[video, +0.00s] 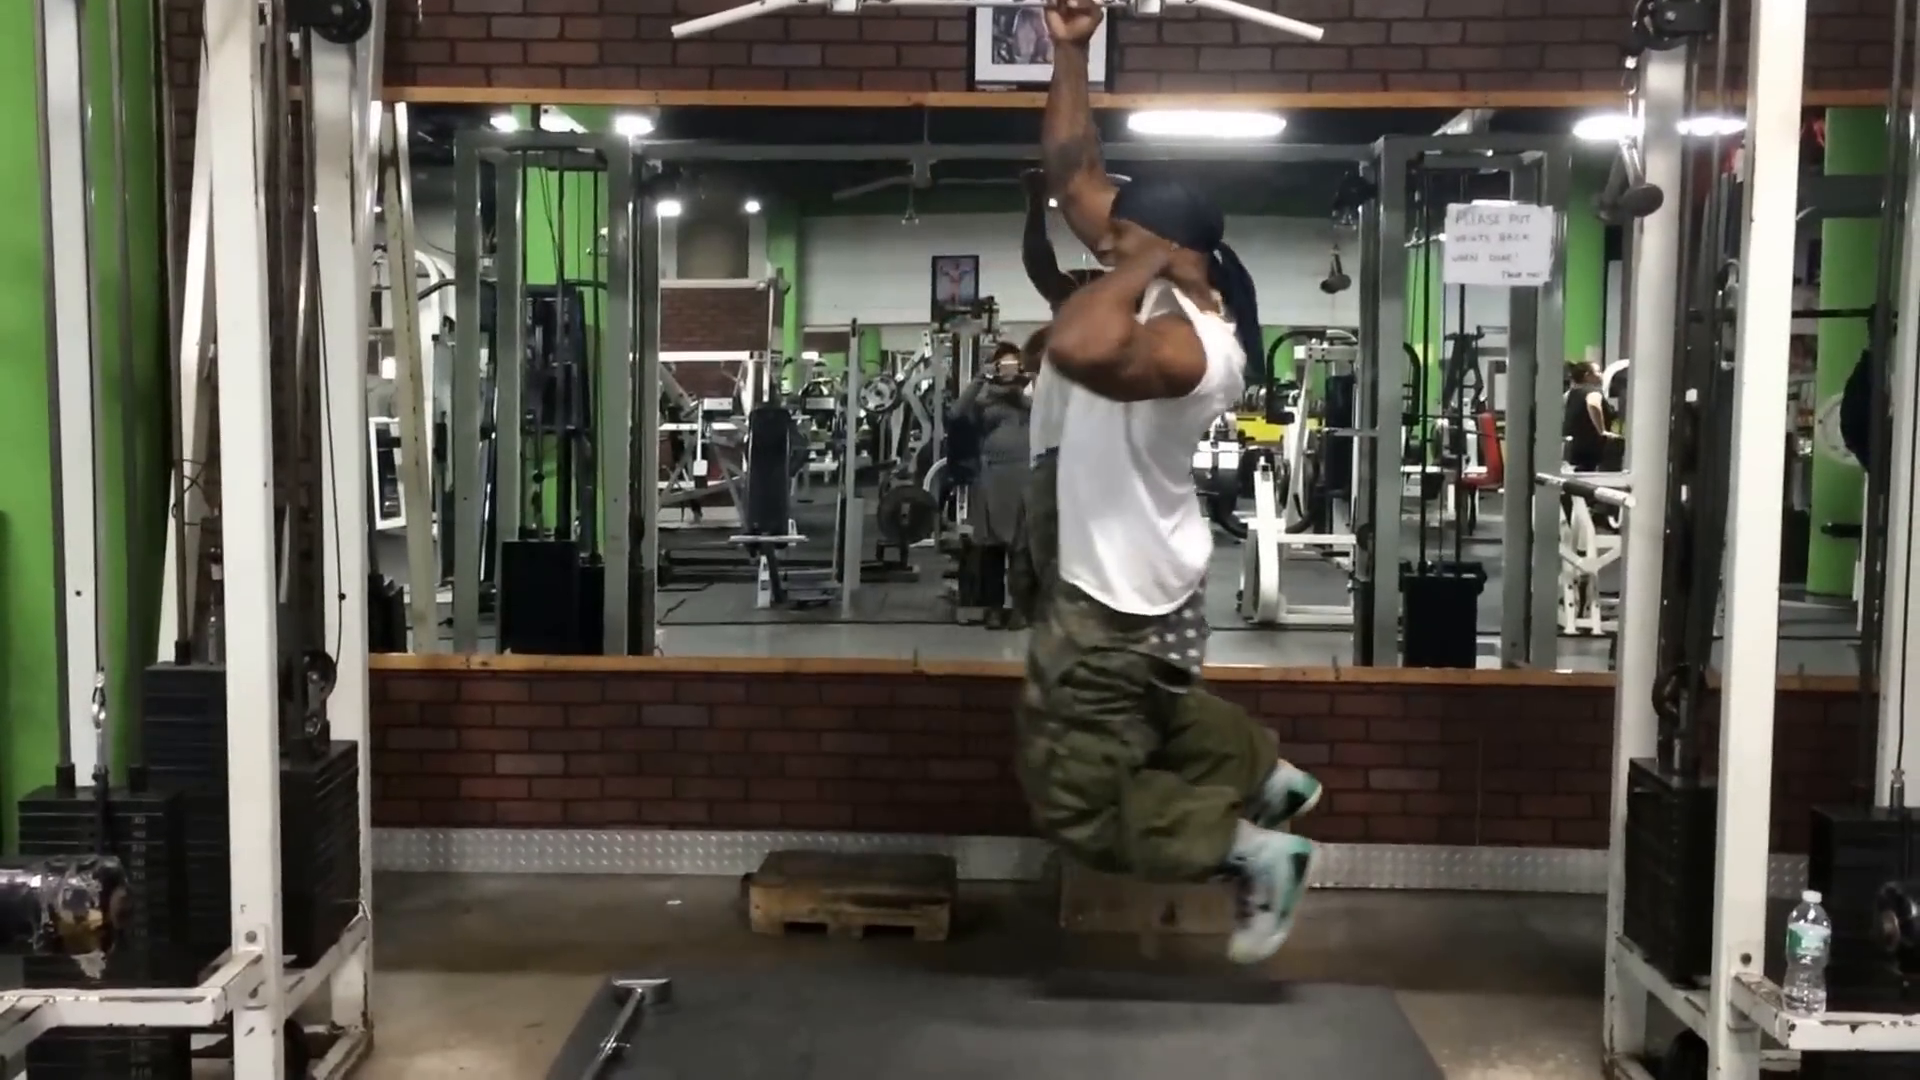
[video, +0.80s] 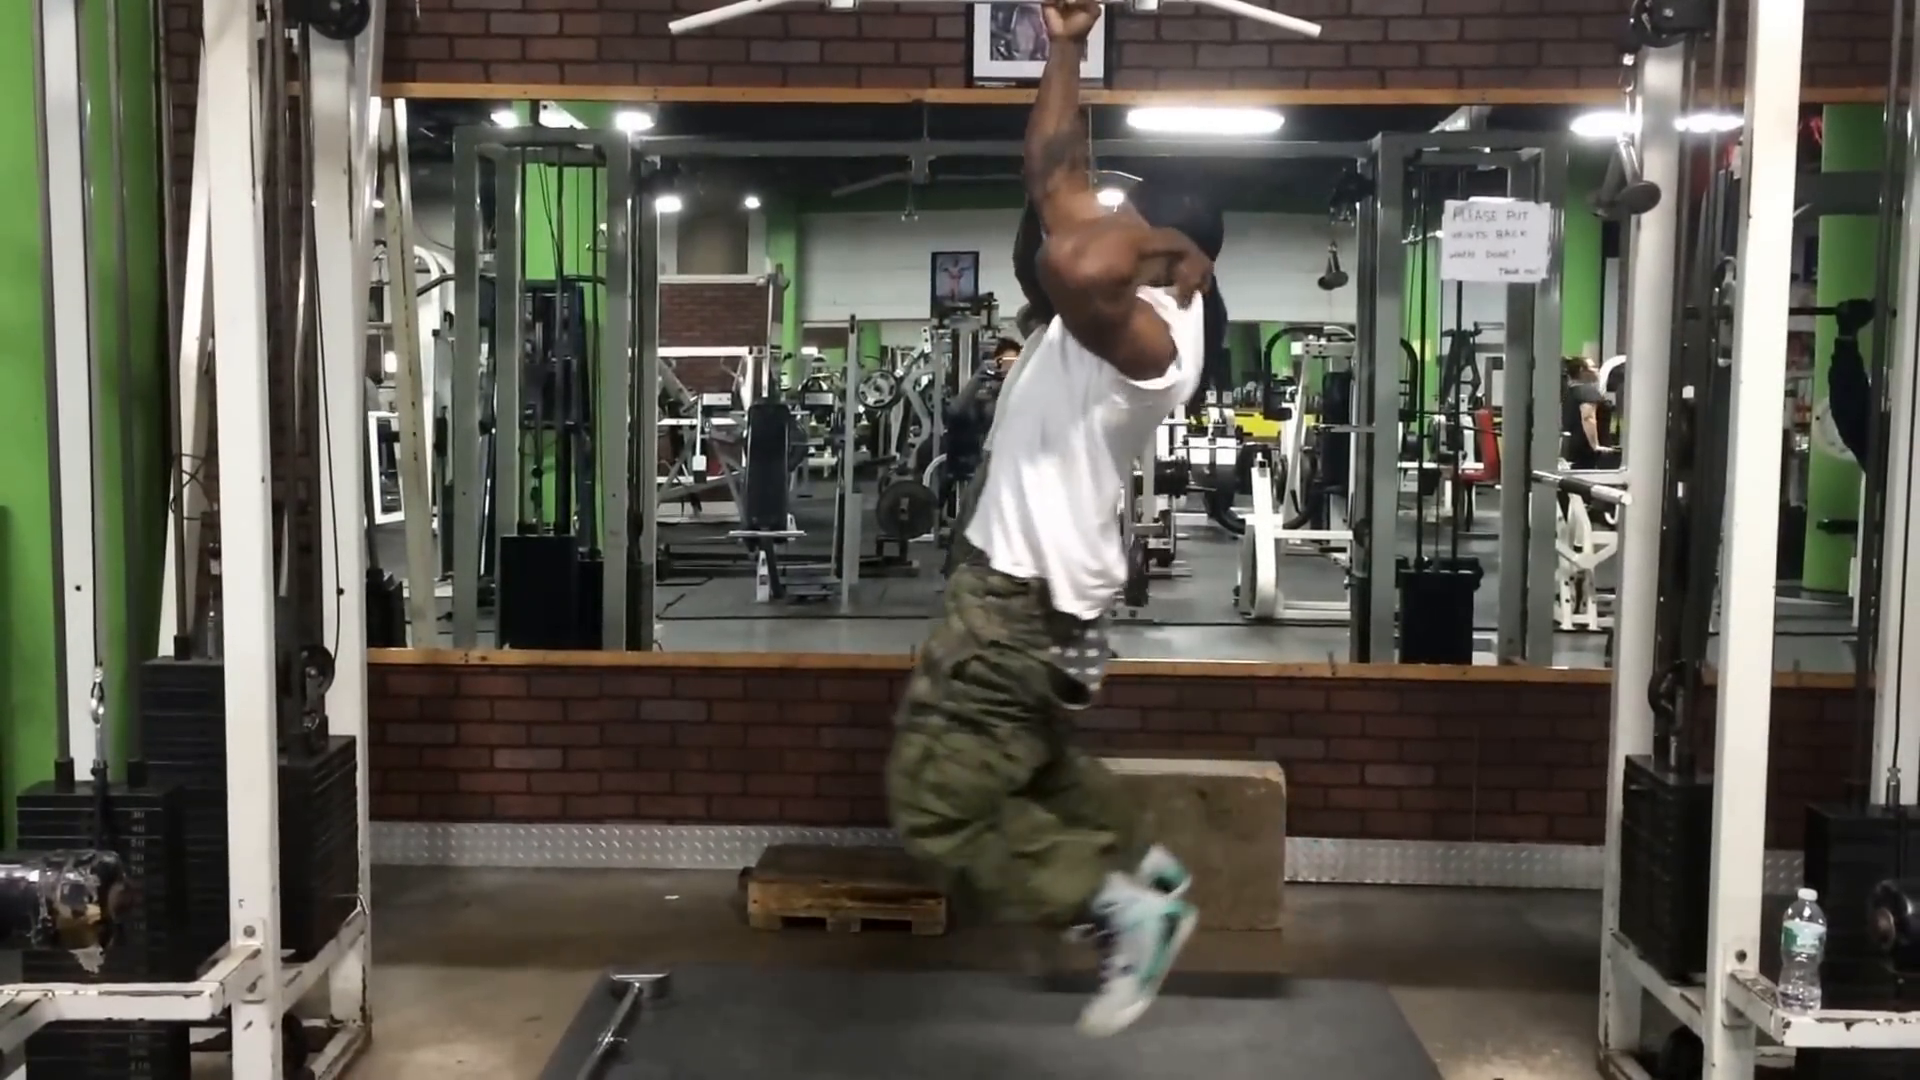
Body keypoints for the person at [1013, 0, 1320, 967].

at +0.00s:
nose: (1116, 247)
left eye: (1130, 238)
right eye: (1121, 234)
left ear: (1175, 252)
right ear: (1183, 251)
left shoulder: (1190, 341)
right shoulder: (1172, 300)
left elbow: (1078, 346)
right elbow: (1072, 180)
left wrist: (1149, 261)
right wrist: (1069, 53)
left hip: (1118, 592)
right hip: (1145, 573)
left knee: (1072, 802)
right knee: (1153, 709)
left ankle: (1249, 854)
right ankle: (1269, 784)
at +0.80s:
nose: (1082, 242)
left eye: (1100, 229)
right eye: (1085, 228)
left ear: (1146, 259)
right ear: (1123, 256)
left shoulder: (1158, 337)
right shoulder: (1103, 310)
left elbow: (1077, 279)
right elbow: (1053, 175)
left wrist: (1152, 243)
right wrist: (1063, 47)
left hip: (1026, 595)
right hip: (1029, 587)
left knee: (936, 800)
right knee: (1016, 758)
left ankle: (1123, 913)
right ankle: (1140, 865)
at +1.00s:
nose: (1078, 244)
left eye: (1098, 231)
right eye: (1090, 229)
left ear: (1135, 255)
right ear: (1123, 247)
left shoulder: (1124, 335)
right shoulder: (1102, 318)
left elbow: (1053, 239)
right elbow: (1046, 176)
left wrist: (1161, 228)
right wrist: (1064, 44)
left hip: (963, 571)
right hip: (997, 581)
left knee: (827, 768)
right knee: (934, 741)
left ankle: (976, 939)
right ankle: (1035, 881)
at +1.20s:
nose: (1079, 203)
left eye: (1090, 191)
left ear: (1117, 212)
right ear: (1166, 237)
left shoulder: (1119, 299)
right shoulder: (1087, 298)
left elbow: (1064, 181)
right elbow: (1034, 175)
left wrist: (1178, 167)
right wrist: (1059, 50)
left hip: (933, 556)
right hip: (974, 568)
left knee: (759, 734)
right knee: (879, 715)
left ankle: (874, 924)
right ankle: (946, 870)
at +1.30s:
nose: (1067, 199)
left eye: (1083, 185)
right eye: (1070, 179)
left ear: (1113, 207)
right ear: (1141, 223)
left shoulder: (1100, 290)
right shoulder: (1105, 310)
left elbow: (1039, 171)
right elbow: (1047, 181)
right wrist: (1065, 64)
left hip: (933, 551)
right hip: (982, 559)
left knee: (749, 715)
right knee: (845, 684)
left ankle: (859, 913)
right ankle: (913, 851)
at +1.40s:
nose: (1050, 218)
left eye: (1060, 189)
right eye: (1060, 180)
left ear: (1088, 200)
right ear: (1130, 223)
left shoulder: (1108, 288)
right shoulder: (1093, 296)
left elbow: (993, 189)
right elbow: (1016, 213)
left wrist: (1068, 120)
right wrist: (1055, 61)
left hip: (951, 546)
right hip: (974, 544)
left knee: (759, 699)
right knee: (835, 666)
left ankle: (867, 894)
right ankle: (883, 848)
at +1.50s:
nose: (1066, 201)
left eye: (1076, 189)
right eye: (1073, 190)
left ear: (1117, 225)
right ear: (1139, 232)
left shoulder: (1110, 309)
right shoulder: (1097, 294)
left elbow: (979, 216)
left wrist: (1062, 128)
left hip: (977, 549)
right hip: (949, 519)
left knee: (782, 693)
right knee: (792, 599)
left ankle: (899, 876)